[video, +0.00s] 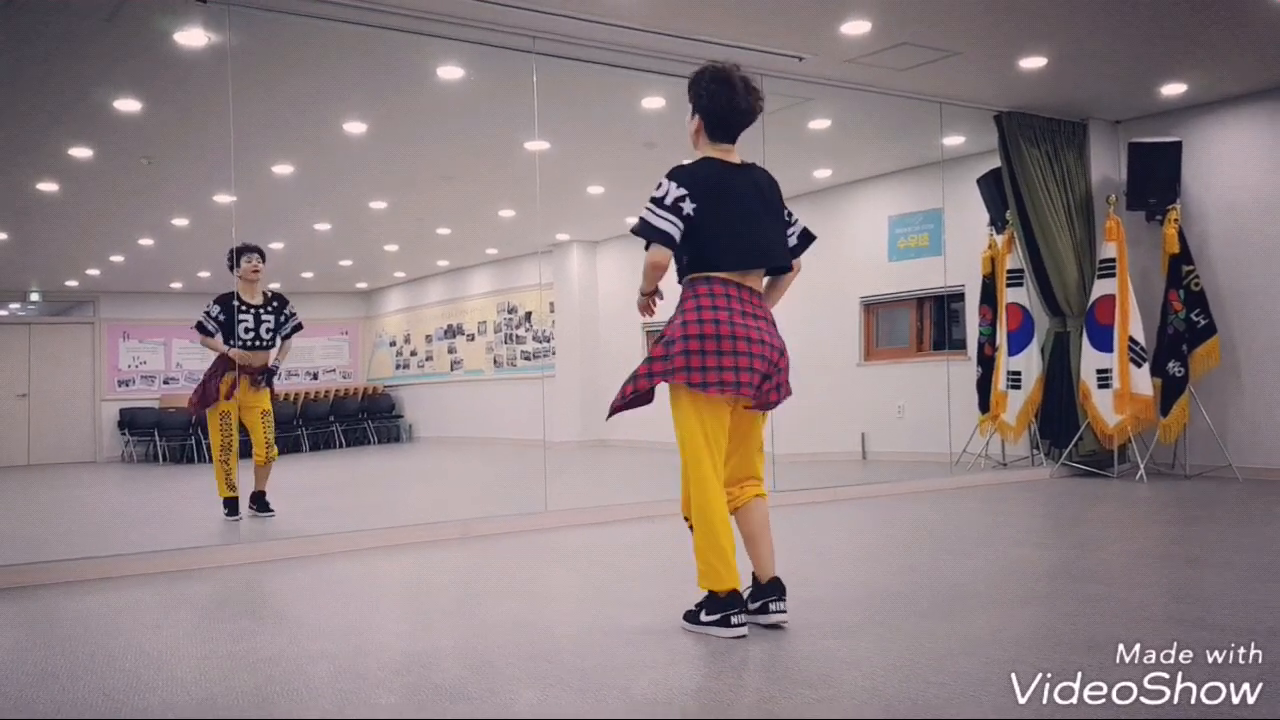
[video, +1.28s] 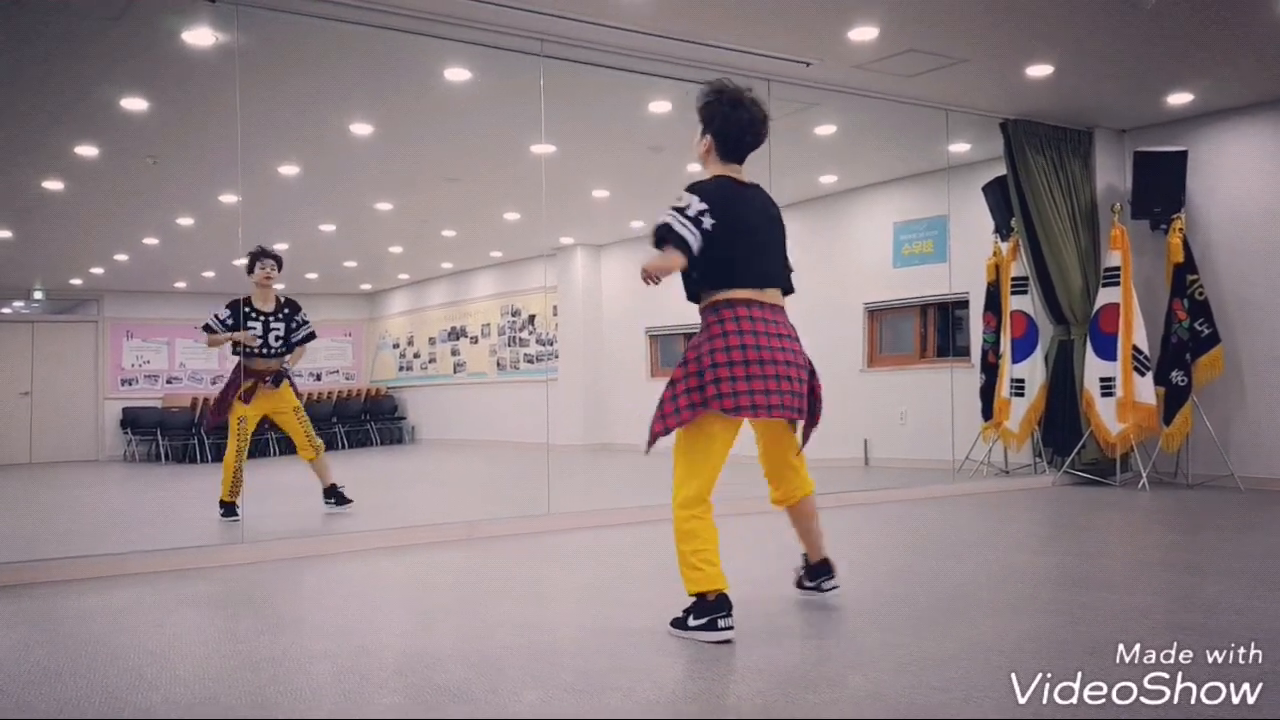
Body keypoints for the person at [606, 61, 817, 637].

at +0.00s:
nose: (687, 124)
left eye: (689, 115)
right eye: (693, 115)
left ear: (696, 122)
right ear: (744, 125)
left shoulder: (684, 179)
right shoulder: (765, 183)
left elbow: (658, 258)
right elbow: (792, 263)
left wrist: (647, 291)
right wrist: (756, 313)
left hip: (702, 320)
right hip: (756, 323)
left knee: (704, 472)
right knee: (744, 473)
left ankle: (722, 597)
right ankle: (768, 588)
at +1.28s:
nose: (696, 142)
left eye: (699, 134)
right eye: (699, 134)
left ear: (706, 141)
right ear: (751, 146)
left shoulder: (704, 195)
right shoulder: (767, 203)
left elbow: (674, 257)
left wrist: (654, 266)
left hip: (725, 340)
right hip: (779, 338)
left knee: (692, 487)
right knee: (786, 464)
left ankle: (709, 599)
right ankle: (819, 561)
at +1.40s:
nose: (719, 145)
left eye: (722, 136)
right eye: (721, 135)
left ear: (733, 143)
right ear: (770, 147)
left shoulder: (742, 200)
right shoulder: (782, 201)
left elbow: (738, 285)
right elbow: (787, 286)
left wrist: (680, 265)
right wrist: (710, 275)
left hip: (756, 340)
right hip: (797, 340)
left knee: (713, 480)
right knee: (802, 475)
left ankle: (715, 599)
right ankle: (858, 567)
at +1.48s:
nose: (730, 139)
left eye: (734, 130)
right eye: (734, 129)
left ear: (745, 138)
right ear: (781, 141)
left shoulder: (763, 197)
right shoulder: (791, 196)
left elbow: (760, 281)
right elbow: (803, 281)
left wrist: (697, 261)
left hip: (780, 343)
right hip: (812, 341)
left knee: (741, 471)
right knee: (819, 470)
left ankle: (726, 589)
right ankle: (863, 575)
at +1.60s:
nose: (756, 135)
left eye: (758, 125)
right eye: (759, 125)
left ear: (769, 132)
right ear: (805, 132)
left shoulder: (785, 192)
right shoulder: (818, 188)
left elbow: (773, 275)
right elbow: (827, 266)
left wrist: (712, 244)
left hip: (807, 328)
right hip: (844, 323)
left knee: (798, 459)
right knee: (852, 459)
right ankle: (869, 576)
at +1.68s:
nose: (767, 135)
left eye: (768, 126)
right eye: (769, 125)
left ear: (778, 131)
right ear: (817, 130)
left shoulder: (790, 189)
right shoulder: (834, 182)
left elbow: (763, 270)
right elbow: (856, 236)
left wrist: (709, 237)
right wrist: (820, 262)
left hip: (816, 321)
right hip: (854, 315)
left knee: (820, 464)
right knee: (859, 453)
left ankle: (875, 569)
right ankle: (871, 565)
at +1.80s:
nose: (790, 138)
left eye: (792, 130)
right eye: (792, 130)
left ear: (801, 135)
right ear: (840, 135)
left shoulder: (797, 192)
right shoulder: (863, 188)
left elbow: (750, 261)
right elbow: (906, 227)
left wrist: (704, 251)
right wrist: (864, 262)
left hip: (838, 327)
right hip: (871, 321)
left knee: (875, 464)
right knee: (864, 464)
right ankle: (872, 573)